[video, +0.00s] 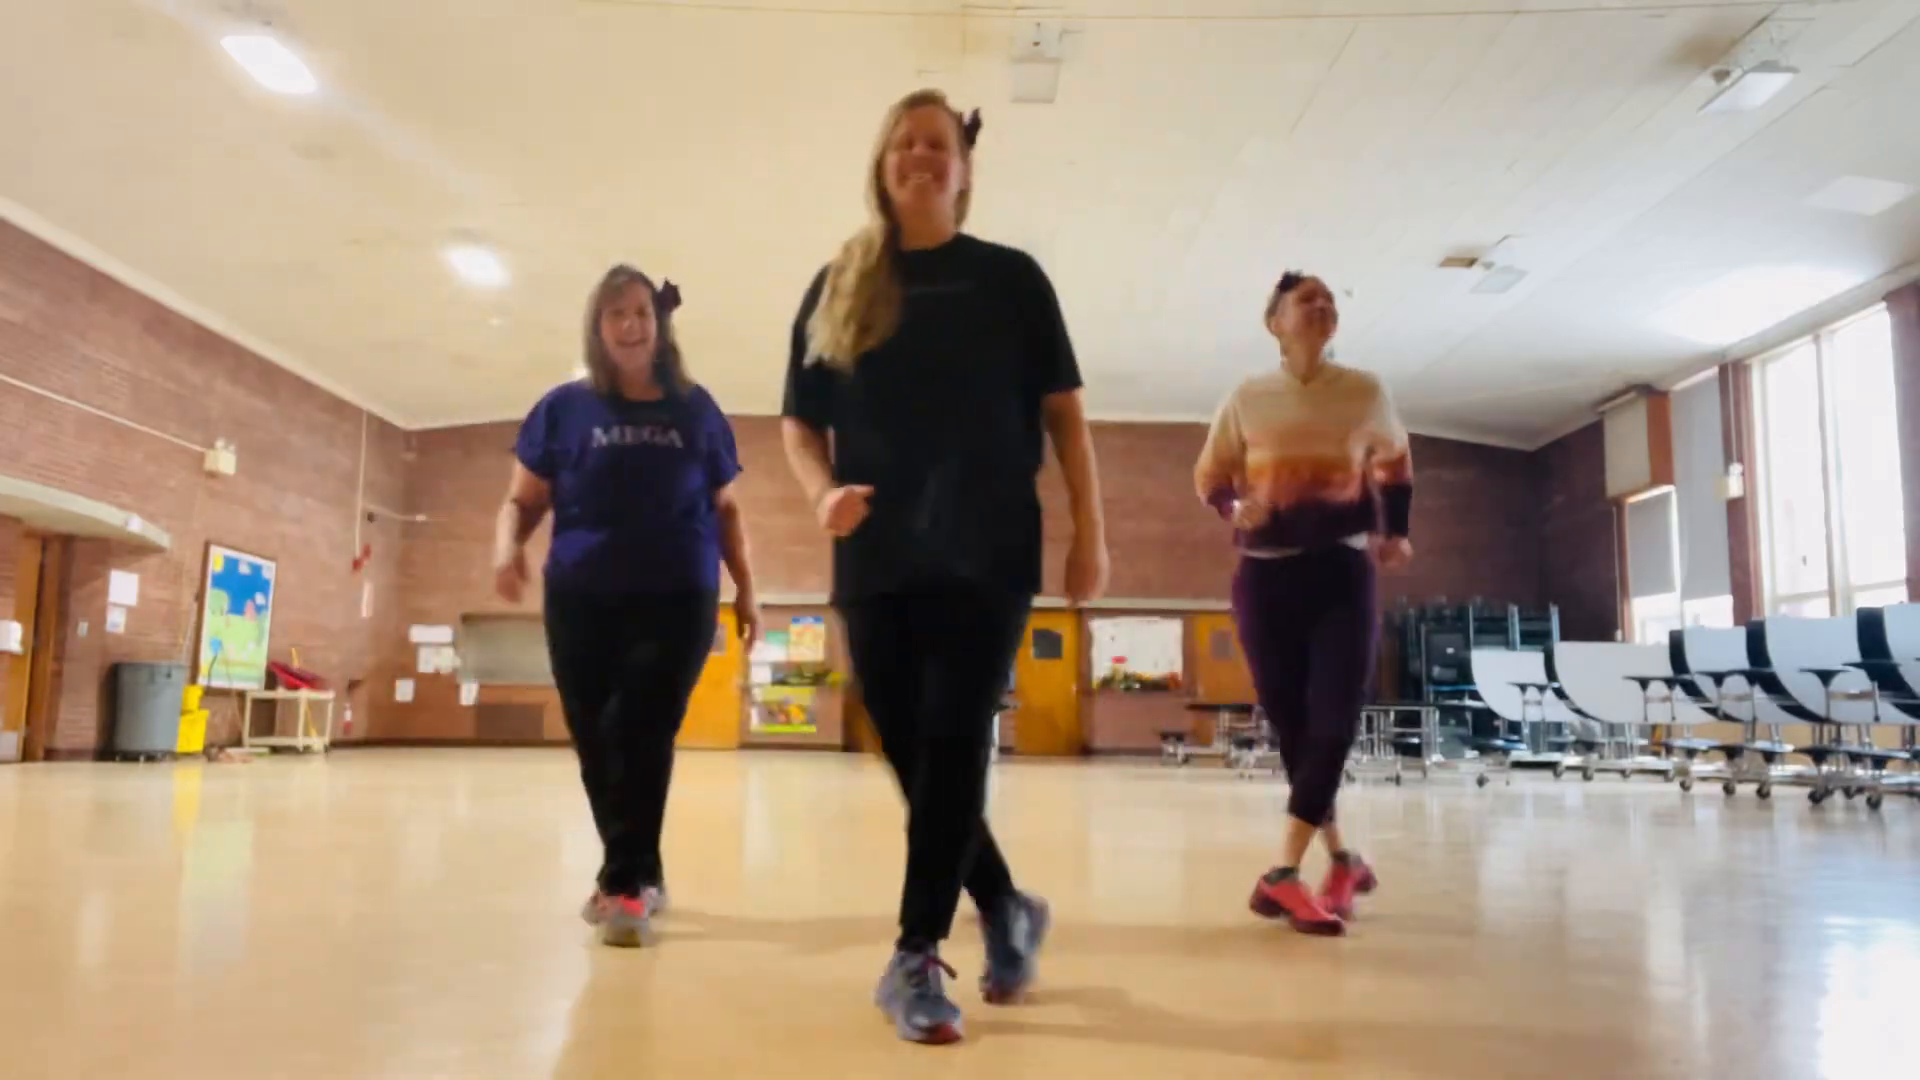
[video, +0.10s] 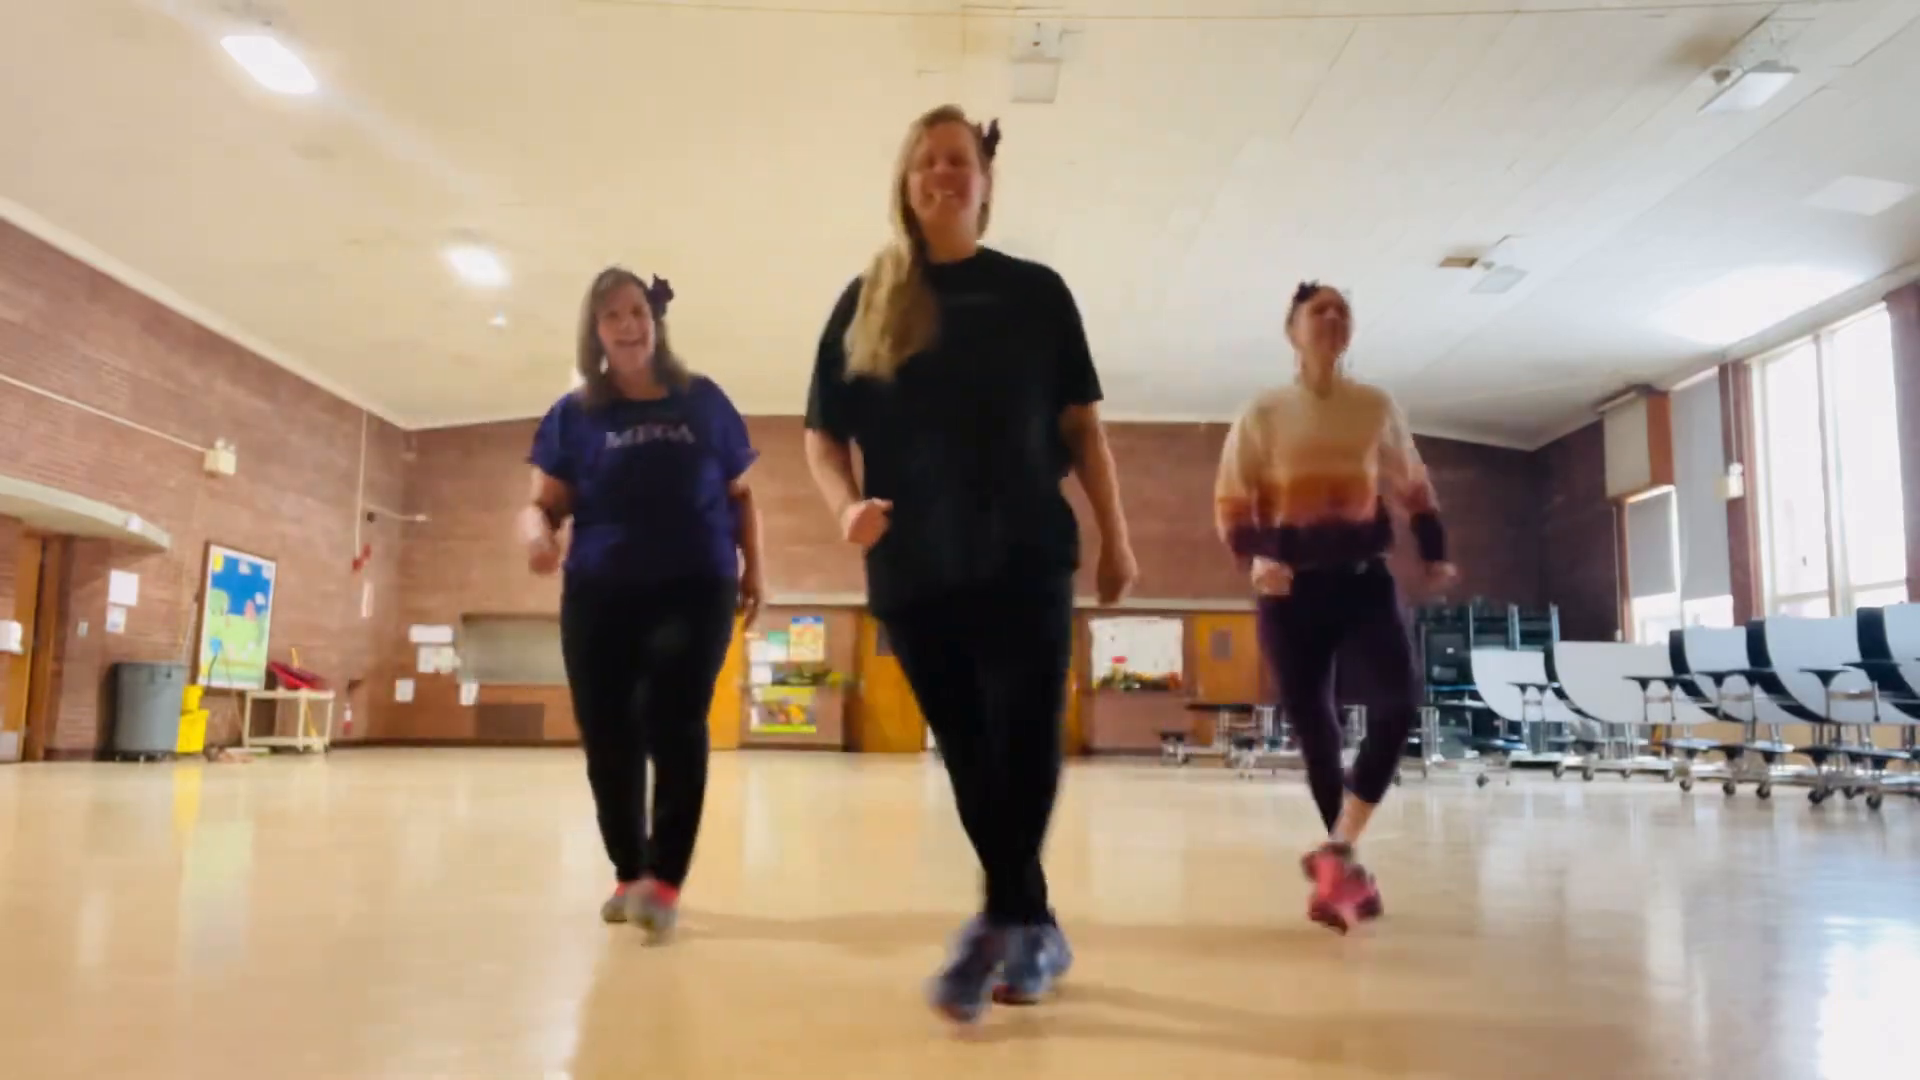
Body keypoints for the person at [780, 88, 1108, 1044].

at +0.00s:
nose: (920, 154)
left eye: (937, 143)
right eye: (905, 142)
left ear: (967, 166)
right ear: (880, 164)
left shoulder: (1015, 278)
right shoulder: (840, 285)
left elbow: (1065, 411)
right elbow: (802, 419)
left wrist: (1087, 528)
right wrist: (822, 488)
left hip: (986, 548)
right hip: (875, 551)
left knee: (953, 748)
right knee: (910, 752)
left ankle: (917, 959)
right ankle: (1007, 908)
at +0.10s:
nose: (945, 173)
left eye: (960, 161)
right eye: (930, 162)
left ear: (988, 179)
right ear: (905, 181)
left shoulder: (1037, 290)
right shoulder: (869, 301)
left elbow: (1081, 421)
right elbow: (823, 428)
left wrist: (1112, 534)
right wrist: (845, 502)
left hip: (1026, 548)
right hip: (916, 556)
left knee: (1024, 734)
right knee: (967, 744)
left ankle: (990, 929)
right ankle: (1032, 926)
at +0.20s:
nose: (962, 173)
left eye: (976, 160)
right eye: (947, 163)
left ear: (1006, 181)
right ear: (924, 188)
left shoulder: (1058, 290)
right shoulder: (892, 305)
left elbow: (1102, 416)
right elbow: (851, 431)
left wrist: (1128, 526)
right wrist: (862, 512)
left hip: (1051, 545)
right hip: (940, 559)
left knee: (1099, 699)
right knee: (990, 744)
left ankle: (1090, 870)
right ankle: (1036, 929)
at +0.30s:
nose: (977, 161)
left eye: (992, 149)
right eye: (962, 152)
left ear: (1022, 172)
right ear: (940, 178)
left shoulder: (1076, 273)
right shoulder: (910, 292)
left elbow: (1121, 397)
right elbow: (873, 419)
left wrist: (1136, 511)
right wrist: (886, 498)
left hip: (1073, 530)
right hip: (962, 543)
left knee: (1130, 694)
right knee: (999, 738)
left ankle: (1134, 853)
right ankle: (1035, 929)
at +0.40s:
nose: (991, 163)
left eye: (1006, 152)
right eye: (977, 155)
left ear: (1037, 175)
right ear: (956, 182)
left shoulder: (1091, 273)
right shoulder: (930, 291)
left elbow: (1139, 393)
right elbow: (891, 411)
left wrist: (1151, 499)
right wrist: (908, 493)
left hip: (1090, 531)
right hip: (979, 544)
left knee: (1123, 721)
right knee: (1004, 737)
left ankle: (1149, 878)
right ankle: (1033, 924)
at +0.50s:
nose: (1009, 199)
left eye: (1026, 189)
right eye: (995, 192)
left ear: (1062, 214)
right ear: (976, 223)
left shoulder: (1111, 316)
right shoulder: (948, 328)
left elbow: (1169, 426)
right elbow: (905, 441)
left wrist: (1182, 534)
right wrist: (921, 534)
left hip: (1104, 570)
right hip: (996, 577)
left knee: (1114, 747)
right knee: (1005, 753)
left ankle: (1148, 918)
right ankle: (1015, 922)